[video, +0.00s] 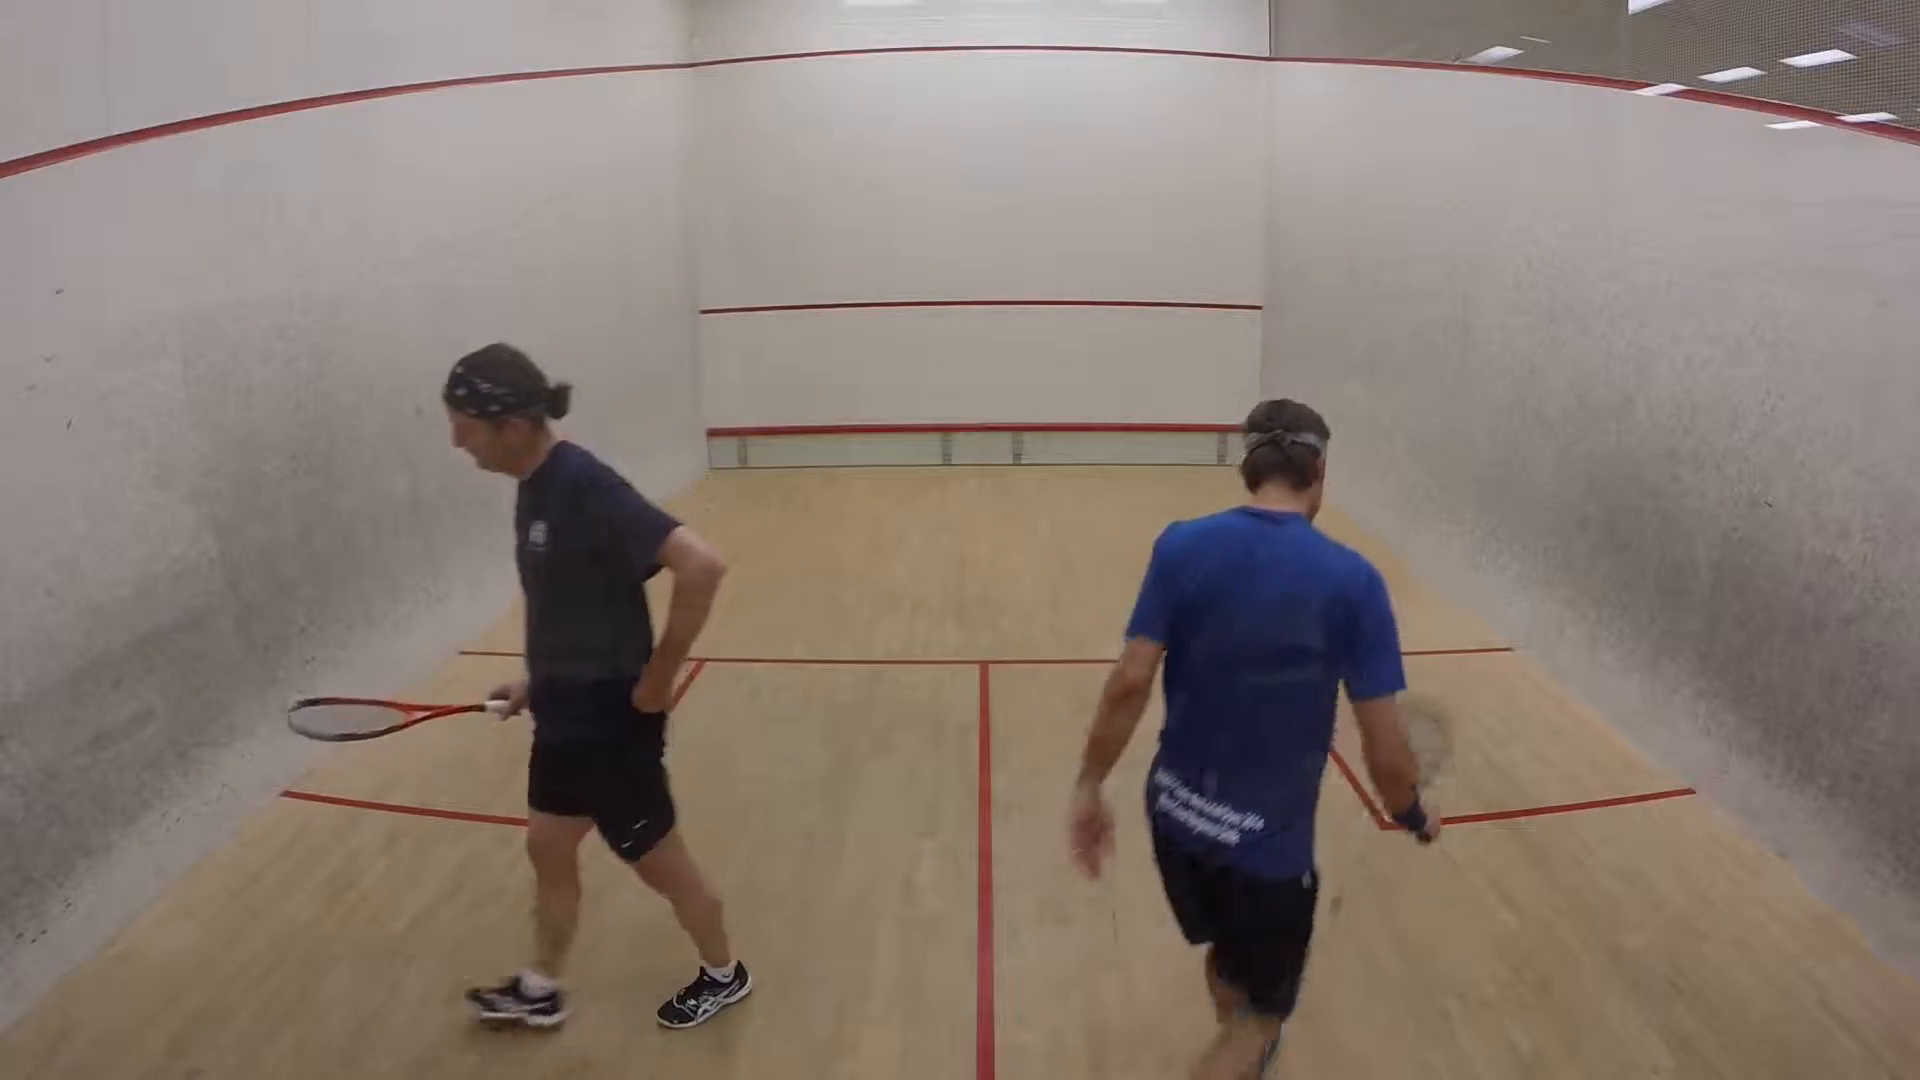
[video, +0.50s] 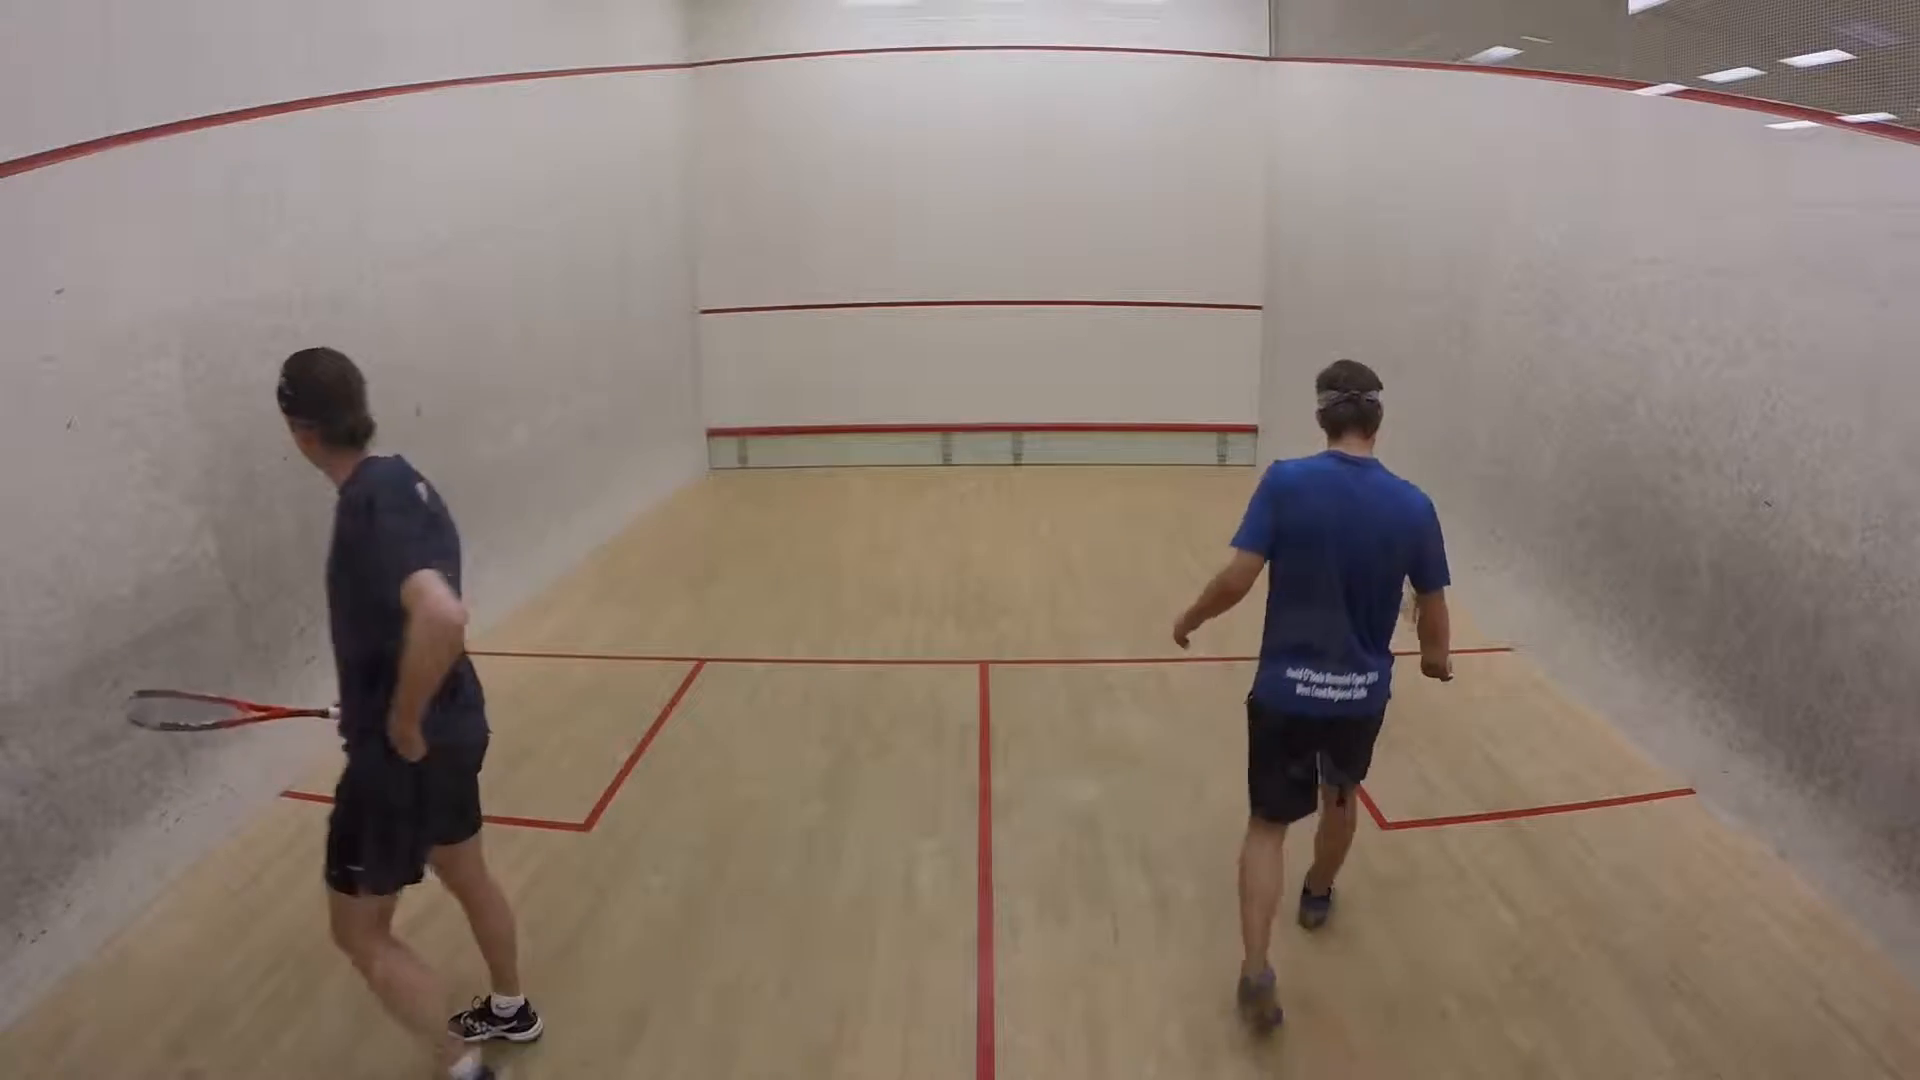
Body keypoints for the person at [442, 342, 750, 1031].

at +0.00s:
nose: (457, 441)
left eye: (464, 427)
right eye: (455, 426)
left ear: (512, 424)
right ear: (512, 425)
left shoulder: (586, 482)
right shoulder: (536, 488)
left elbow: (699, 567)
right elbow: (563, 600)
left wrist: (662, 673)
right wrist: (532, 680)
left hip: (613, 711)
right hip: (562, 709)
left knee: (658, 857)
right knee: (549, 848)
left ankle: (724, 972)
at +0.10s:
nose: (415, 453)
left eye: (421, 438)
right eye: (413, 438)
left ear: (465, 434)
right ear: (473, 433)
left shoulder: (539, 496)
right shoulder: (501, 500)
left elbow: (652, 583)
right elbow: (534, 614)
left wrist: (611, 694)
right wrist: (494, 694)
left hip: (568, 722)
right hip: (520, 721)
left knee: (621, 874)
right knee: (512, 862)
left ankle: (721, 971)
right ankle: (514, 1008)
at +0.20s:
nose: (376, 452)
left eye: (379, 437)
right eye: (373, 438)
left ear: (420, 431)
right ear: (428, 429)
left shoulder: (494, 494)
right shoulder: (457, 497)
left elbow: (602, 591)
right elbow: (490, 611)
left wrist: (560, 697)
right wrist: (450, 692)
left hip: (516, 724)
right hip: (473, 719)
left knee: (555, 910)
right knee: (479, 867)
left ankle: (690, 963)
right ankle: (510, 1008)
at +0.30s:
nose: (343, 445)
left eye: (344, 430)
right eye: (340, 432)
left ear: (375, 427)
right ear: (403, 416)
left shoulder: (450, 495)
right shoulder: (428, 490)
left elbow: (552, 594)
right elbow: (462, 607)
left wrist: (512, 698)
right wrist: (418, 691)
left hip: (468, 730)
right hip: (448, 721)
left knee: (471, 927)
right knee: (482, 881)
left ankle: (627, 968)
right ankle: (509, 1008)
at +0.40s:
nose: (309, 434)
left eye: (308, 421)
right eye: (309, 421)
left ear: (328, 428)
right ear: (379, 409)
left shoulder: (414, 495)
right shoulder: (400, 487)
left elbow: (503, 604)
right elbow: (437, 606)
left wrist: (465, 710)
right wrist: (391, 692)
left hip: (427, 742)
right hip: (444, 726)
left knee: (400, 929)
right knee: (471, 869)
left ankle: (547, 1008)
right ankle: (510, 1004)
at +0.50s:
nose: (289, 432)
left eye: (288, 421)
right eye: (289, 419)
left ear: (301, 432)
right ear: (363, 410)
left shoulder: (374, 503)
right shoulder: (401, 481)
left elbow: (442, 617)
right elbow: (425, 608)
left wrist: (407, 716)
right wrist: (363, 699)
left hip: (395, 750)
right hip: (449, 731)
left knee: (360, 931)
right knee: (466, 868)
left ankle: (457, 1063)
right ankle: (512, 1006)